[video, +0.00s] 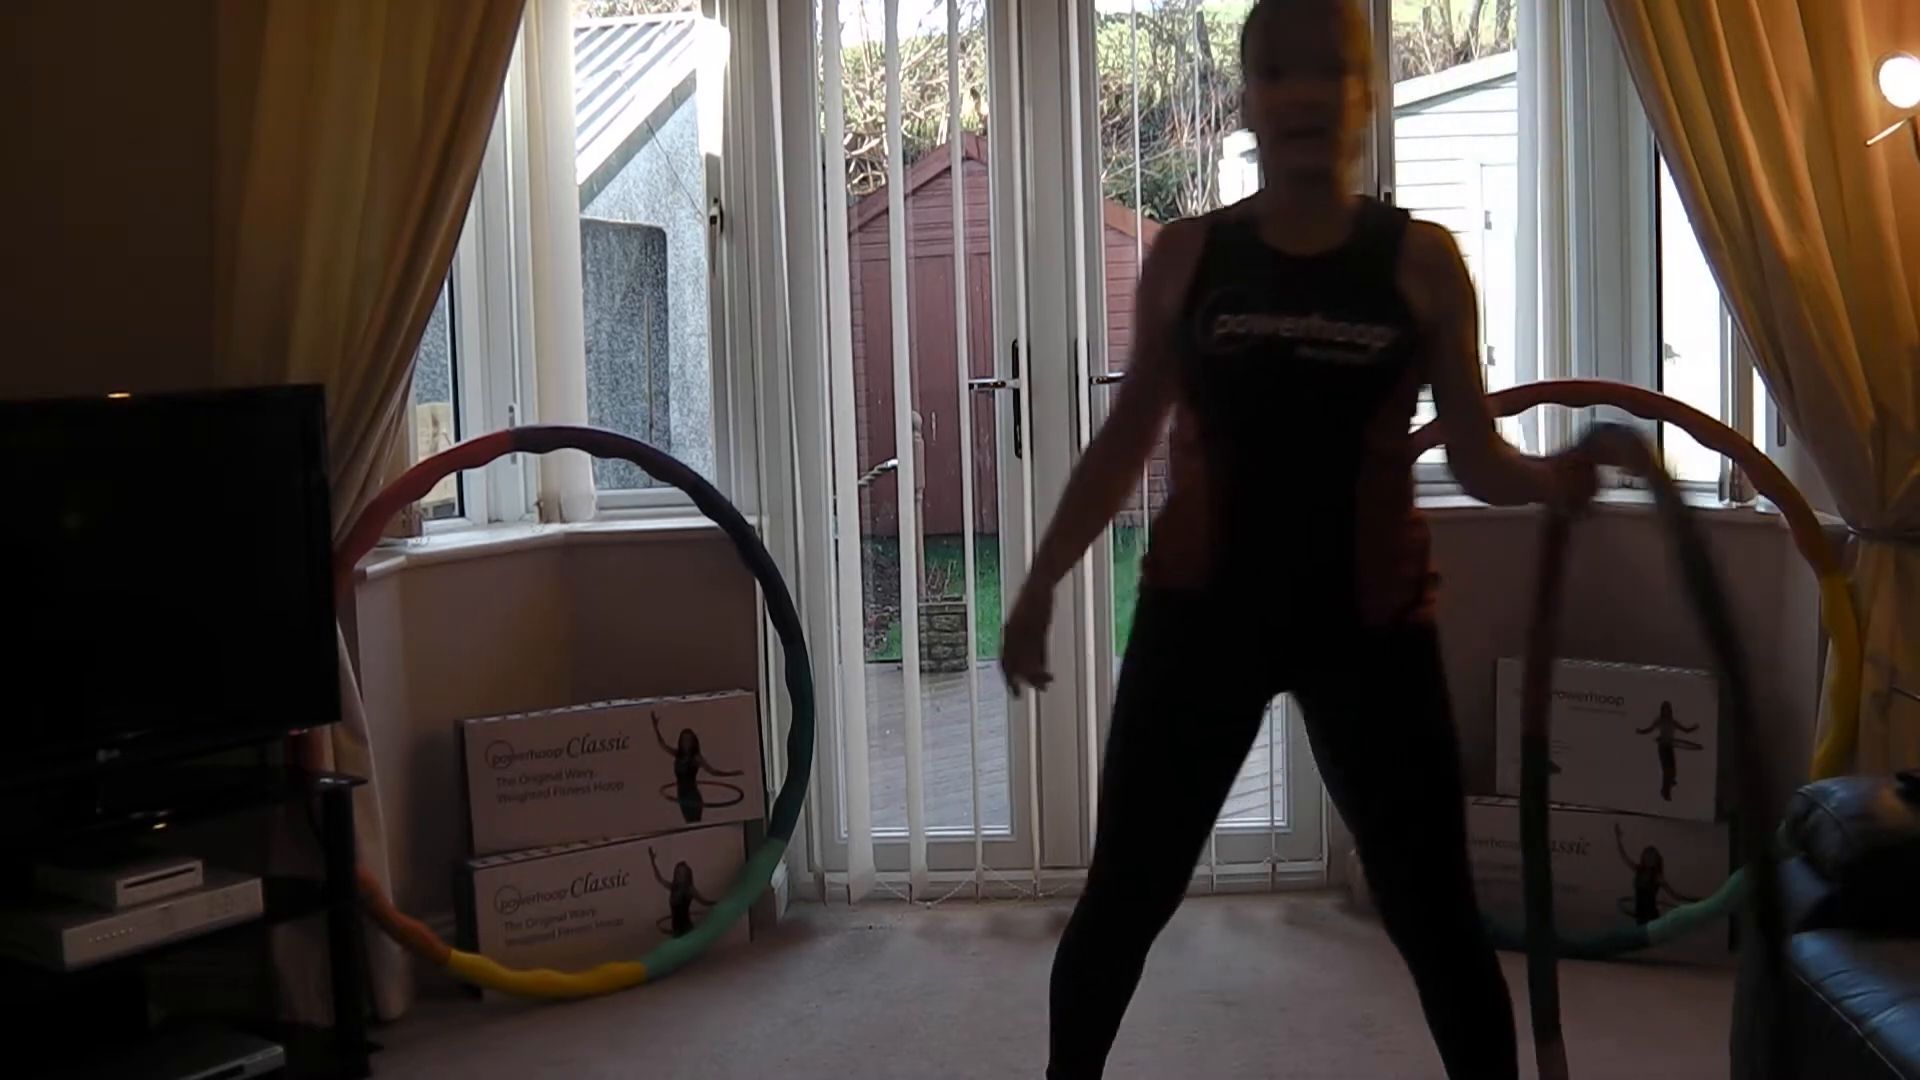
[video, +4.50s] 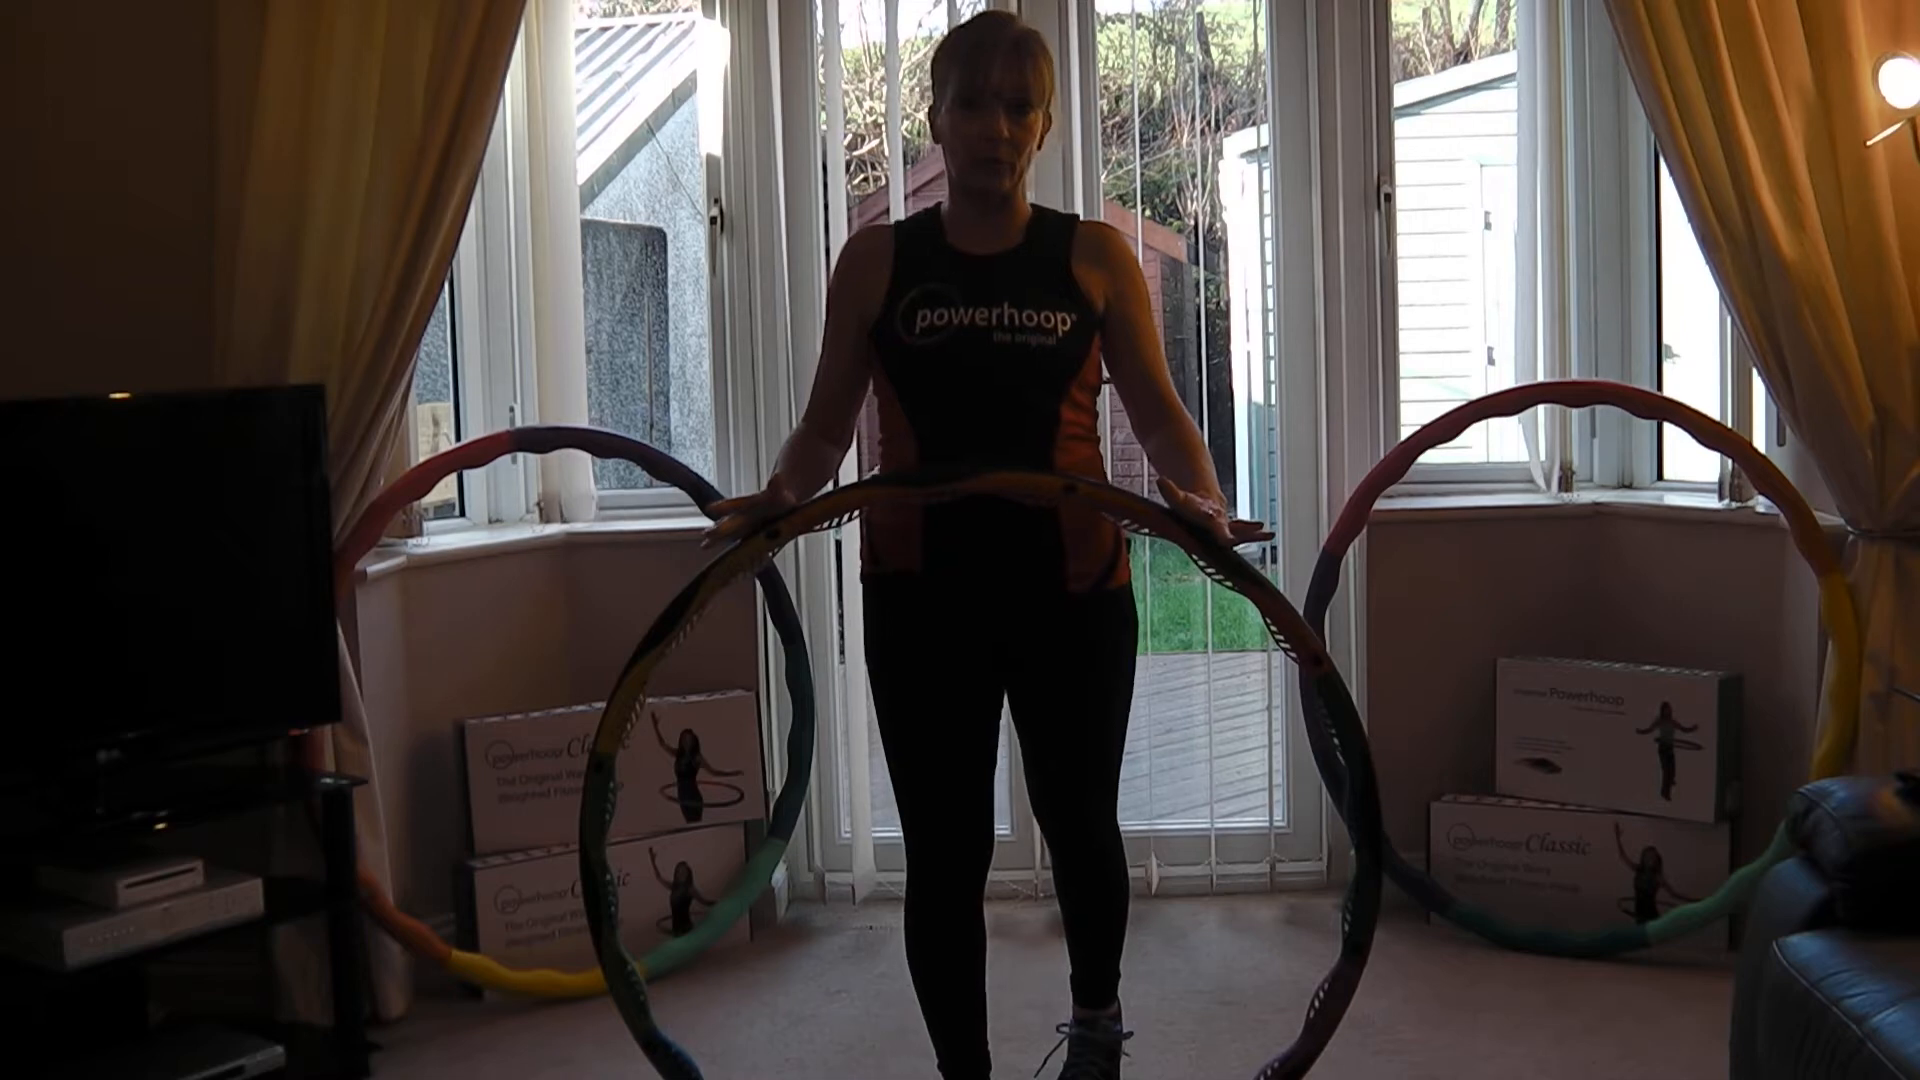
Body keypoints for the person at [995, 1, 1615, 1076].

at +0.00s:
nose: (1307, 96)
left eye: (1333, 71)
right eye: (1279, 70)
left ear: (1367, 90)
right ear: (1244, 93)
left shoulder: (1423, 261)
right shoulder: (1187, 254)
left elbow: (1476, 450)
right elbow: (1129, 435)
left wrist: (1545, 478)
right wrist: (1037, 585)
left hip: (1366, 618)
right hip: (1202, 613)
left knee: (1434, 912)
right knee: (1126, 895)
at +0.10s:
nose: (1226, 107)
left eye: (1252, 83)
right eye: (1199, 82)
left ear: (1285, 106)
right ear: (1163, 104)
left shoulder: (1343, 262)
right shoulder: (1111, 274)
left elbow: (1397, 456)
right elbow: (1055, 455)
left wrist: (1447, 449)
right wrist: (983, 590)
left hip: (1306, 620)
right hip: (1143, 621)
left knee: (1393, 909)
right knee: (1093, 904)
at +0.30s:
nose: (1100, 101)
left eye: (1123, 79)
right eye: (1073, 80)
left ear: (1157, 101)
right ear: (1040, 106)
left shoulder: (1227, 243)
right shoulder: (999, 270)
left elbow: (1305, 413)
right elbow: (942, 446)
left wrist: (1311, 409)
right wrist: (946, 511)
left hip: (1220, 591)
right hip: (1065, 598)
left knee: (1307, 871)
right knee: (1061, 878)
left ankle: (1352, 1072)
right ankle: (1060, 1079)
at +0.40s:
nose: (1070, 108)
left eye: (1091, 85)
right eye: (1042, 87)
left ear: (1123, 104)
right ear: (1005, 110)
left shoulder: (1191, 241)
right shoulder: (965, 275)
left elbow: (1276, 400)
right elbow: (917, 453)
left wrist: (1266, 403)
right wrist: (939, 491)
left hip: (1197, 587)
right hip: (1041, 599)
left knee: (1270, 876)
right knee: (1051, 885)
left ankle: (1259, 1071)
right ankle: (1066, 1078)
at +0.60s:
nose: (1065, 123)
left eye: (1081, 101)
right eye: (1036, 102)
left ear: (1101, 113)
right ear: (988, 119)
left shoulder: (1162, 249)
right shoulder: (944, 275)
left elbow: (1252, 396)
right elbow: (908, 451)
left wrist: (1230, 400)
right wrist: (911, 467)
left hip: (1166, 589)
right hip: (1021, 598)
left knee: (1196, 850)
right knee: (1040, 871)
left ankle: (1104, 1004)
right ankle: (1051, 1075)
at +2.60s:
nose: (964, 119)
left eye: (987, 99)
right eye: (943, 96)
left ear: (1023, 119)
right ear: (912, 111)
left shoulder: (1082, 252)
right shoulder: (860, 260)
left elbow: (1145, 403)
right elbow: (812, 413)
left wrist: (1118, 447)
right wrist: (843, 455)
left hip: (1054, 587)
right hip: (909, 593)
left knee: (1070, 823)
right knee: (933, 859)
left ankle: (1093, 1021)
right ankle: (960, 1074)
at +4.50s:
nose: (998, 128)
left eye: (1021, 108)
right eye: (974, 104)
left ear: (1046, 123)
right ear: (936, 114)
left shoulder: (1097, 257)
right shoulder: (877, 259)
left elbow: (1159, 413)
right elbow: (826, 425)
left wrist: (1201, 496)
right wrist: (776, 501)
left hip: (1071, 586)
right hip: (924, 589)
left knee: (1081, 825)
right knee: (944, 858)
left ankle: (1095, 1023)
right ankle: (964, 1072)